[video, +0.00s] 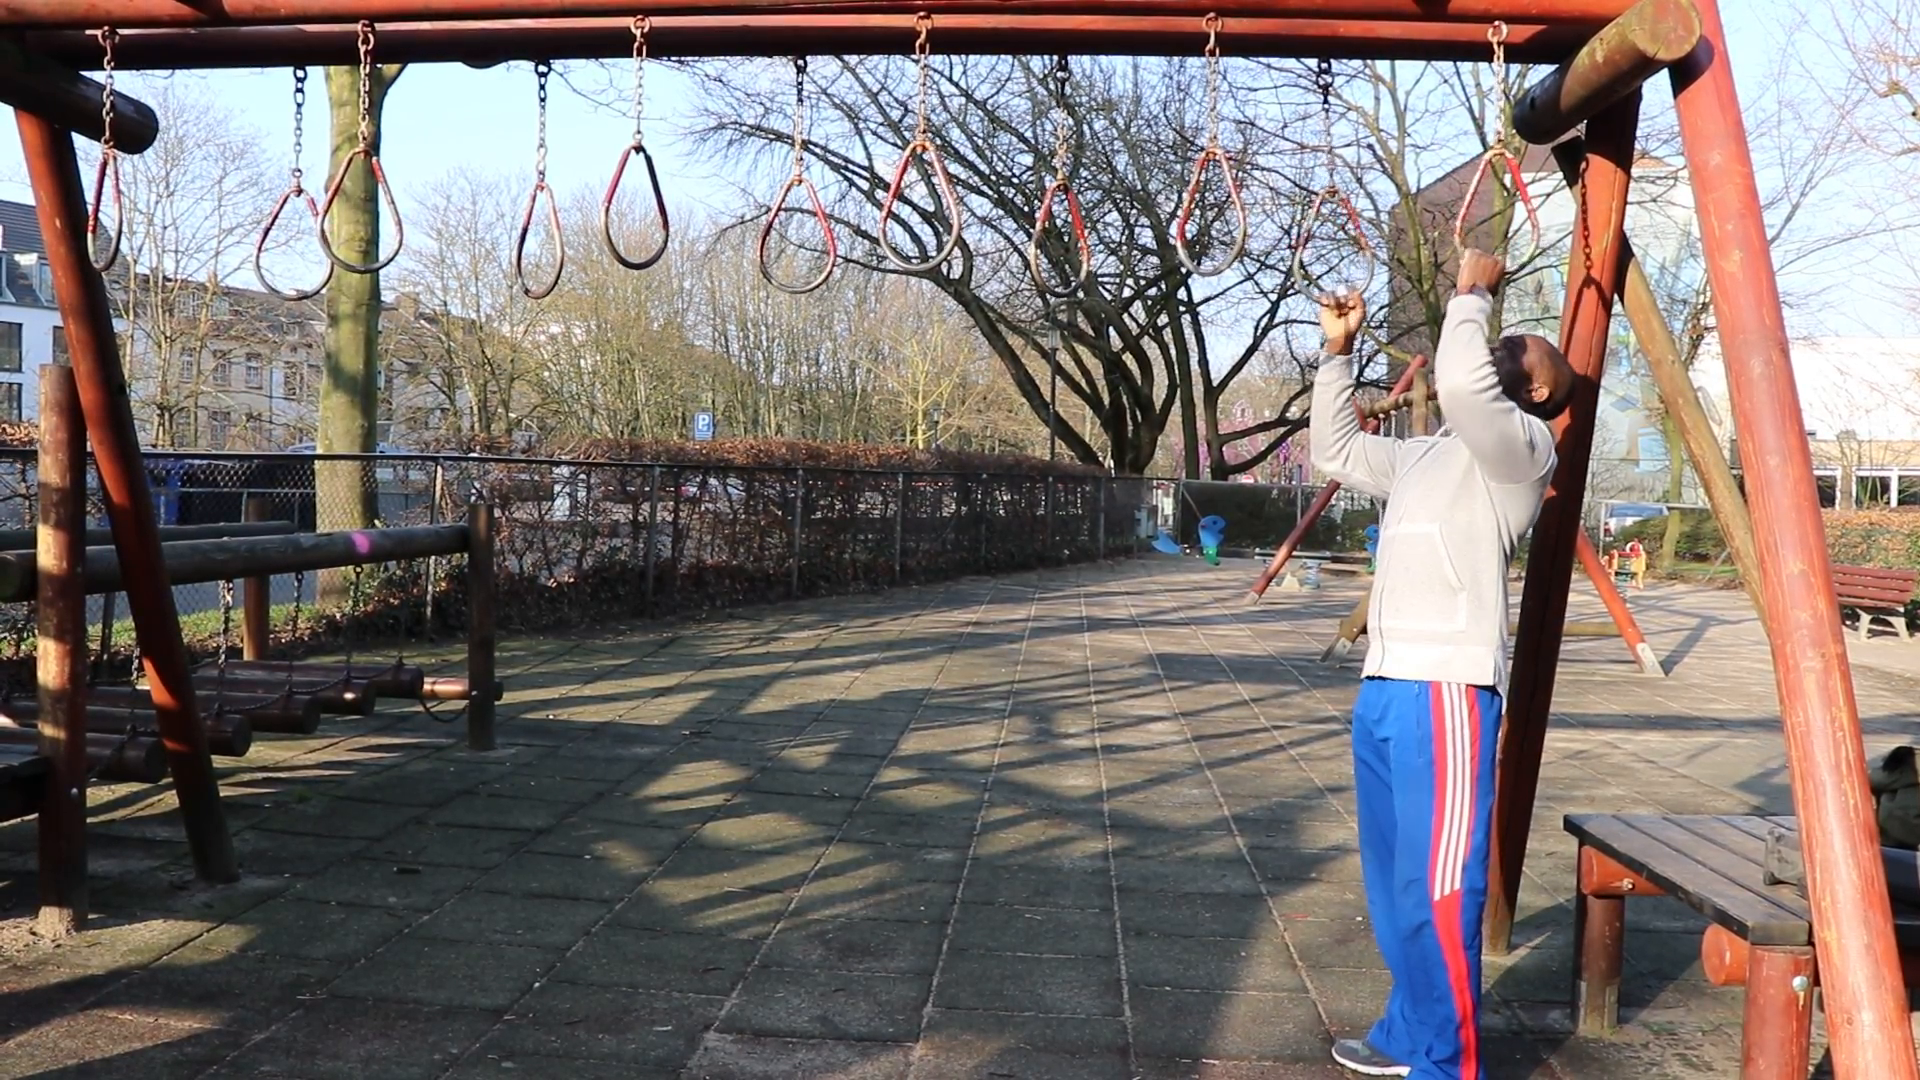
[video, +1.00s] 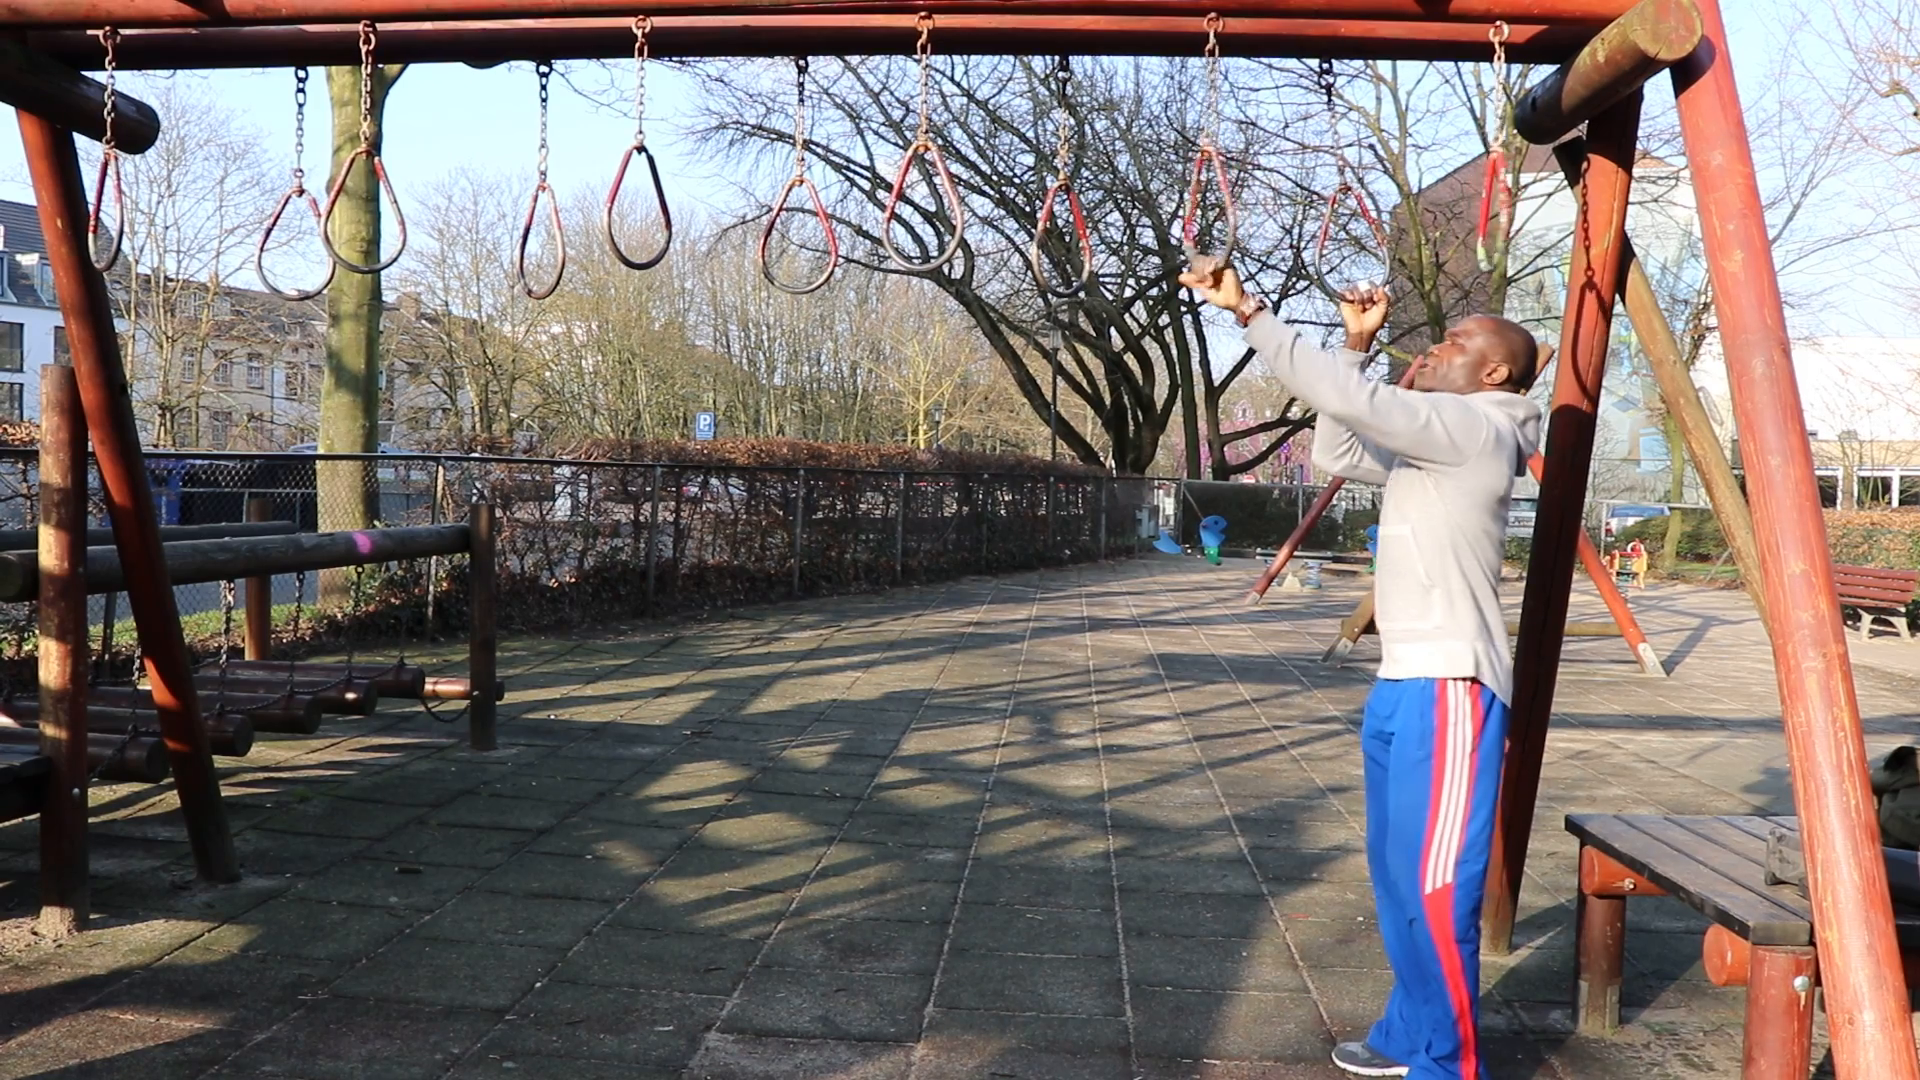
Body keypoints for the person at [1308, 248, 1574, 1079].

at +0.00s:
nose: (1502, 349)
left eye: (1524, 351)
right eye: (1507, 343)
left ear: (1542, 403)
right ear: (1484, 368)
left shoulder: (1523, 448)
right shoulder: (1422, 451)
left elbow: (1460, 381)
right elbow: (1335, 447)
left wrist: (1472, 293)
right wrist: (1338, 351)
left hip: (1449, 693)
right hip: (1386, 690)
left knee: (1440, 888)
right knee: (1394, 882)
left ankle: (1447, 1061)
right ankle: (1410, 1035)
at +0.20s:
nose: (1489, 353)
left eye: (1511, 350)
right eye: (1493, 346)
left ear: (1540, 392)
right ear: (1495, 376)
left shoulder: (1534, 448)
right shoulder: (1433, 446)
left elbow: (1445, 406)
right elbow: (1341, 445)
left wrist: (1463, 306)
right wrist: (1350, 346)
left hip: (1452, 694)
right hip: (1391, 689)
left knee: (1442, 888)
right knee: (1395, 883)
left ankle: (1447, 1060)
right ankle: (1411, 1034)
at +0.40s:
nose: (1481, 349)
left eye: (1503, 345)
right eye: (1486, 341)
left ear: (1537, 381)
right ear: (1502, 369)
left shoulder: (1534, 444)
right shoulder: (1446, 437)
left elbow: (1437, 399)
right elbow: (1353, 441)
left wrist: (1468, 302)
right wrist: (1373, 343)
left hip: (1457, 691)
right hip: (1399, 686)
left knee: (1444, 887)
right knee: (1397, 880)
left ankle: (1448, 1060)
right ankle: (1409, 1035)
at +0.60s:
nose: (1469, 349)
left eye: (1492, 344)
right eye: (1475, 341)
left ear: (1530, 379)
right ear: (1495, 370)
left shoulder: (1523, 443)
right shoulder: (1457, 434)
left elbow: (1414, 428)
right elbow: (1353, 448)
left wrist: (1448, 322)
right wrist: (1368, 345)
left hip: (1459, 690)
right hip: (1406, 686)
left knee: (1438, 888)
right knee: (1399, 879)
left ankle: (1449, 1061)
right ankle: (1412, 1034)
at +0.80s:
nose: (1453, 347)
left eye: (1475, 342)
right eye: (1458, 337)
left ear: (1513, 376)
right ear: (1462, 368)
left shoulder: (1498, 437)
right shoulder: (1447, 430)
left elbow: (1379, 430)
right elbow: (1341, 455)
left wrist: (1312, 327)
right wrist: (1362, 344)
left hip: (1460, 691)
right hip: (1410, 684)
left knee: (1441, 882)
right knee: (1399, 871)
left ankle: (1450, 1059)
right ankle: (1410, 1034)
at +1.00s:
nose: (1430, 349)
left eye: (1452, 342)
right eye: (1439, 339)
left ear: (1492, 376)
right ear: (1455, 366)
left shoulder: (1481, 429)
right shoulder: (1432, 433)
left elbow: (1355, 398)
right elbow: (1336, 456)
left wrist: (1243, 305)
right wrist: (1355, 346)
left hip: (1455, 686)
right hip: (1404, 683)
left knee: (1437, 881)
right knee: (1399, 874)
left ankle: (1448, 1060)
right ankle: (1410, 1036)